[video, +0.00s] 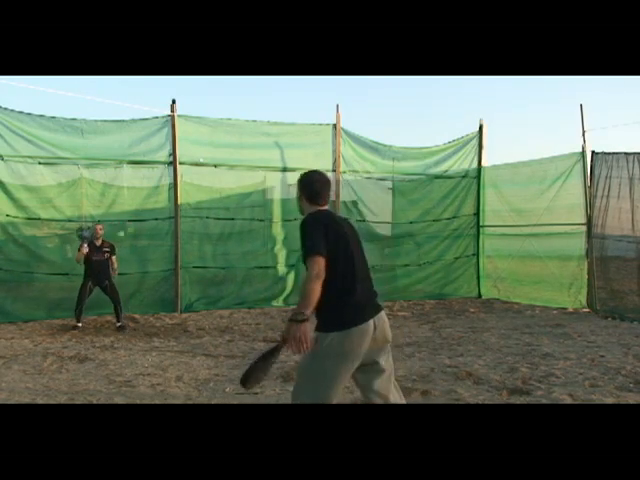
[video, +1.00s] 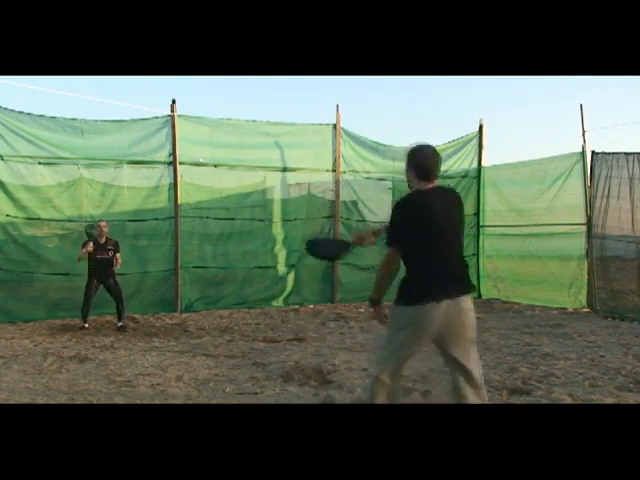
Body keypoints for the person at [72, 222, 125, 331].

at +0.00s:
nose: (98, 232)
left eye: (100, 230)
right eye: (96, 229)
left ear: (103, 231)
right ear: (93, 231)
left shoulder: (109, 246)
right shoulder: (86, 245)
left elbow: (113, 259)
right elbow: (78, 260)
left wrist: (114, 268)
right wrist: (82, 252)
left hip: (105, 277)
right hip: (90, 277)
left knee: (116, 298)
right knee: (81, 298)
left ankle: (119, 322)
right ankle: (78, 322)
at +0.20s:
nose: (99, 237)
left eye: (101, 235)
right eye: (96, 235)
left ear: (103, 237)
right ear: (93, 237)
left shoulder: (110, 250)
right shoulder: (89, 253)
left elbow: (115, 265)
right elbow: (87, 272)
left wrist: (115, 275)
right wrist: (94, 274)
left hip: (106, 281)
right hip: (92, 281)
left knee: (119, 300)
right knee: (82, 301)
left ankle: (119, 322)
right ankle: (78, 323)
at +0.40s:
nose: (102, 233)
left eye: (104, 230)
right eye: (100, 231)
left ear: (107, 232)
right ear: (96, 233)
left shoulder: (114, 247)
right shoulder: (89, 249)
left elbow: (117, 261)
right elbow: (83, 264)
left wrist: (116, 273)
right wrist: (90, 275)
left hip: (109, 277)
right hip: (95, 278)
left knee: (118, 299)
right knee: (84, 300)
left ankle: (119, 322)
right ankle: (78, 323)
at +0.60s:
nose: (104, 229)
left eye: (107, 227)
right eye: (102, 227)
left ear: (110, 229)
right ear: (98, 229)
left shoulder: (115, 243)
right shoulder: (90, 243)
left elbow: (118, 259)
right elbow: (81, 259)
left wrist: (114, 266)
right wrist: (90, 269)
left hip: (109, 272)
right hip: (95, 273)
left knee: (116, 297)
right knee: (87, 297)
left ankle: (119, 321)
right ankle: (83, 322)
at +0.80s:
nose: (102, 228)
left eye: (104, 226)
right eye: (99, 226)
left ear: (107, 228)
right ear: (96, 228)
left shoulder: (113, 242)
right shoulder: (88, 242)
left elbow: (117, 258)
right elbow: (80, 259)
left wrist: (113, 265)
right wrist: (89, 264)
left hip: (108, 272)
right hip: (93, 272)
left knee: (115, 297)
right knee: (87, 297)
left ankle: (119, 321)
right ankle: (84, 322)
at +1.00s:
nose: (102, 229)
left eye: (104, 227)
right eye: (99, 227)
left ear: (107, 229)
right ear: (96, 229)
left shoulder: (113, 243)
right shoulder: (90, 243)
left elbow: (118, 257)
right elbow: (79, 258)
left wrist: (117, 263)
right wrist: (86, 250)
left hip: (109, 275)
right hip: (94, 276)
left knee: (119, 297)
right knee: (87, 298)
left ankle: (120, 322)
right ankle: (84, 322)